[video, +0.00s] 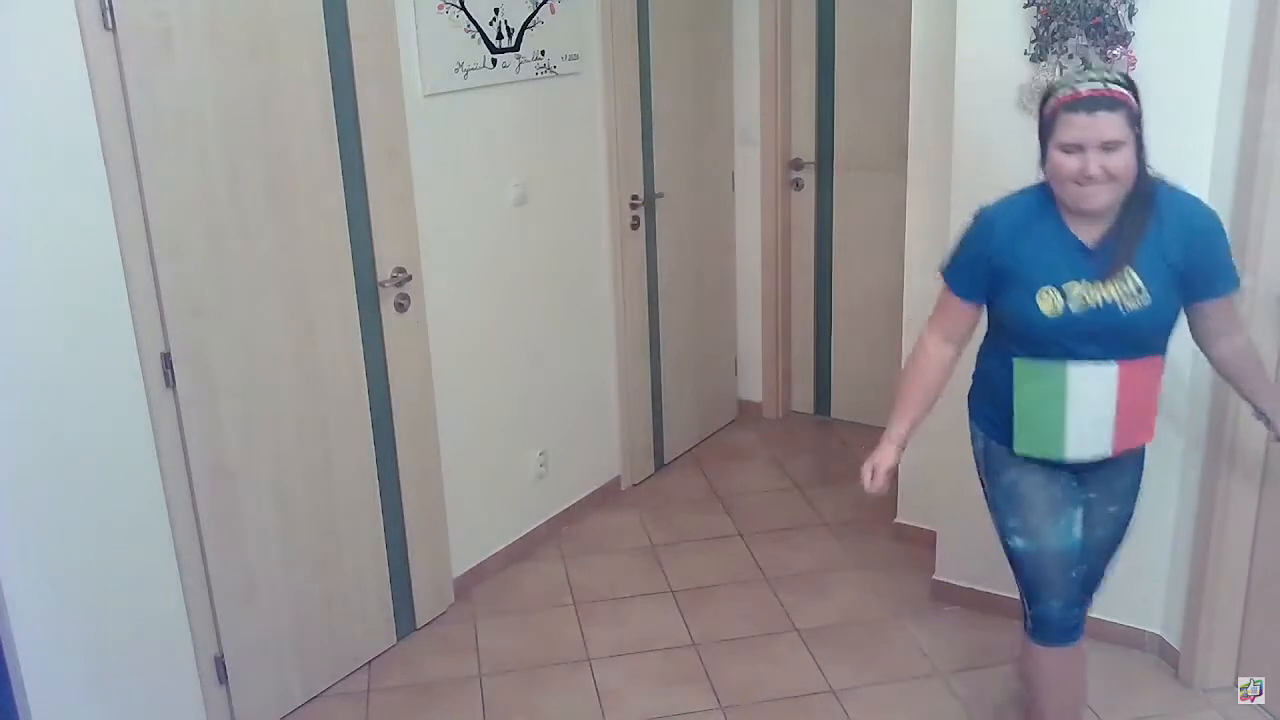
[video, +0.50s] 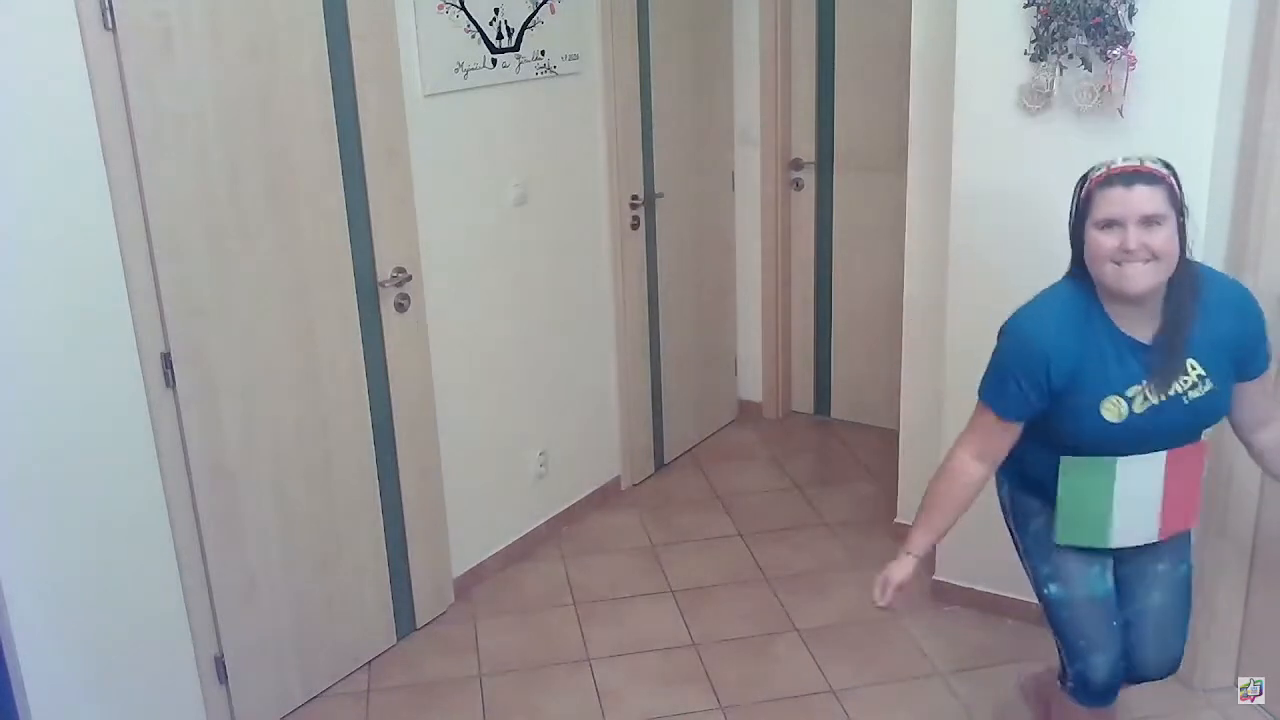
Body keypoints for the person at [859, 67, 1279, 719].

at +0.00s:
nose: (1092, 166)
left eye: (1110, 148)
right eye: (1072, 149)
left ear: (1138, 151)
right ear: (1044, 154)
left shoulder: (1184, 226)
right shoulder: (1001, 231)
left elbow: (1224, 335)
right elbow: (941, 339)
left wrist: (1272, 410)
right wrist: (893, 436)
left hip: (1119, 446)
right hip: (1016, 444)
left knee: (1069, 604)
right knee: (1056, 614)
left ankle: (1036, 693)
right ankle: (1065, 715)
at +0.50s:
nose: (1132, 242)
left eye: (1152, 223)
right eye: (1109, 225)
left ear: (1181, 234)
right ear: (1081, 241)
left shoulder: (1227, 311)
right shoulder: (1040, 335)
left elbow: (1265, 425)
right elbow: (974, 456)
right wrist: (913, 551)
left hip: (1163, 491)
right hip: (1056, 497)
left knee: (1154, 660)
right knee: (1099, 675)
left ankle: (1052, 689)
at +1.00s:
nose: (1164, 129)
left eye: (1185, 115)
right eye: (1146, 112)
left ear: (1207, 131)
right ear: (1116, 124)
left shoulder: (1241, 211)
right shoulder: (1067, 221)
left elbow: (1277, 320)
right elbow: (1001, 330)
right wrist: (926, 422)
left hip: (1186, 453)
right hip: (1081, 450)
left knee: (1134, 609)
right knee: (1080, 620)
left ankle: (1101, 698)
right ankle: (1071, 717)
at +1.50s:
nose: (1182, 168)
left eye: (1201, 151)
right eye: (1164, 150)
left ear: (1225, 154)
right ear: (1136, 149)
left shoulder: (1254, 230)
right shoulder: (1084, 229)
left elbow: (1278, 326)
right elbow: (1021, 335)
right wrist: (951, 421)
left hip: (1210, 457)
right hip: (1104, 452)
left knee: (1148, 626)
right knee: (1117, 629)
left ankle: (1097, 702)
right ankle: (1095, 712)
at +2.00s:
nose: (1169, 223)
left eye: (1191, 203)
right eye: (1148, 202)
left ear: (1219, 211)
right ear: (1118, 208)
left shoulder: (1260, 280)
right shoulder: (1072, 301)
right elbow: (1014, 421)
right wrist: (964, 524)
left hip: (1193, 466)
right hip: (1080, 471)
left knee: (1194, 636)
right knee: (1098, 653)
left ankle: (1090, 675)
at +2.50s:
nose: (1197, 155)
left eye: (1216, 135)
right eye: (1173, 137)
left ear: (1238, 150)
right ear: (1138, 152)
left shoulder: (1267, 228)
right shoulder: (1090, 239)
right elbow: (1005, 354)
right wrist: (1074, 271)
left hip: (1208, 461)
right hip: (1096, 463)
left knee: (1191, 627)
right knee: (1102, 636)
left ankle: (1132, 695)